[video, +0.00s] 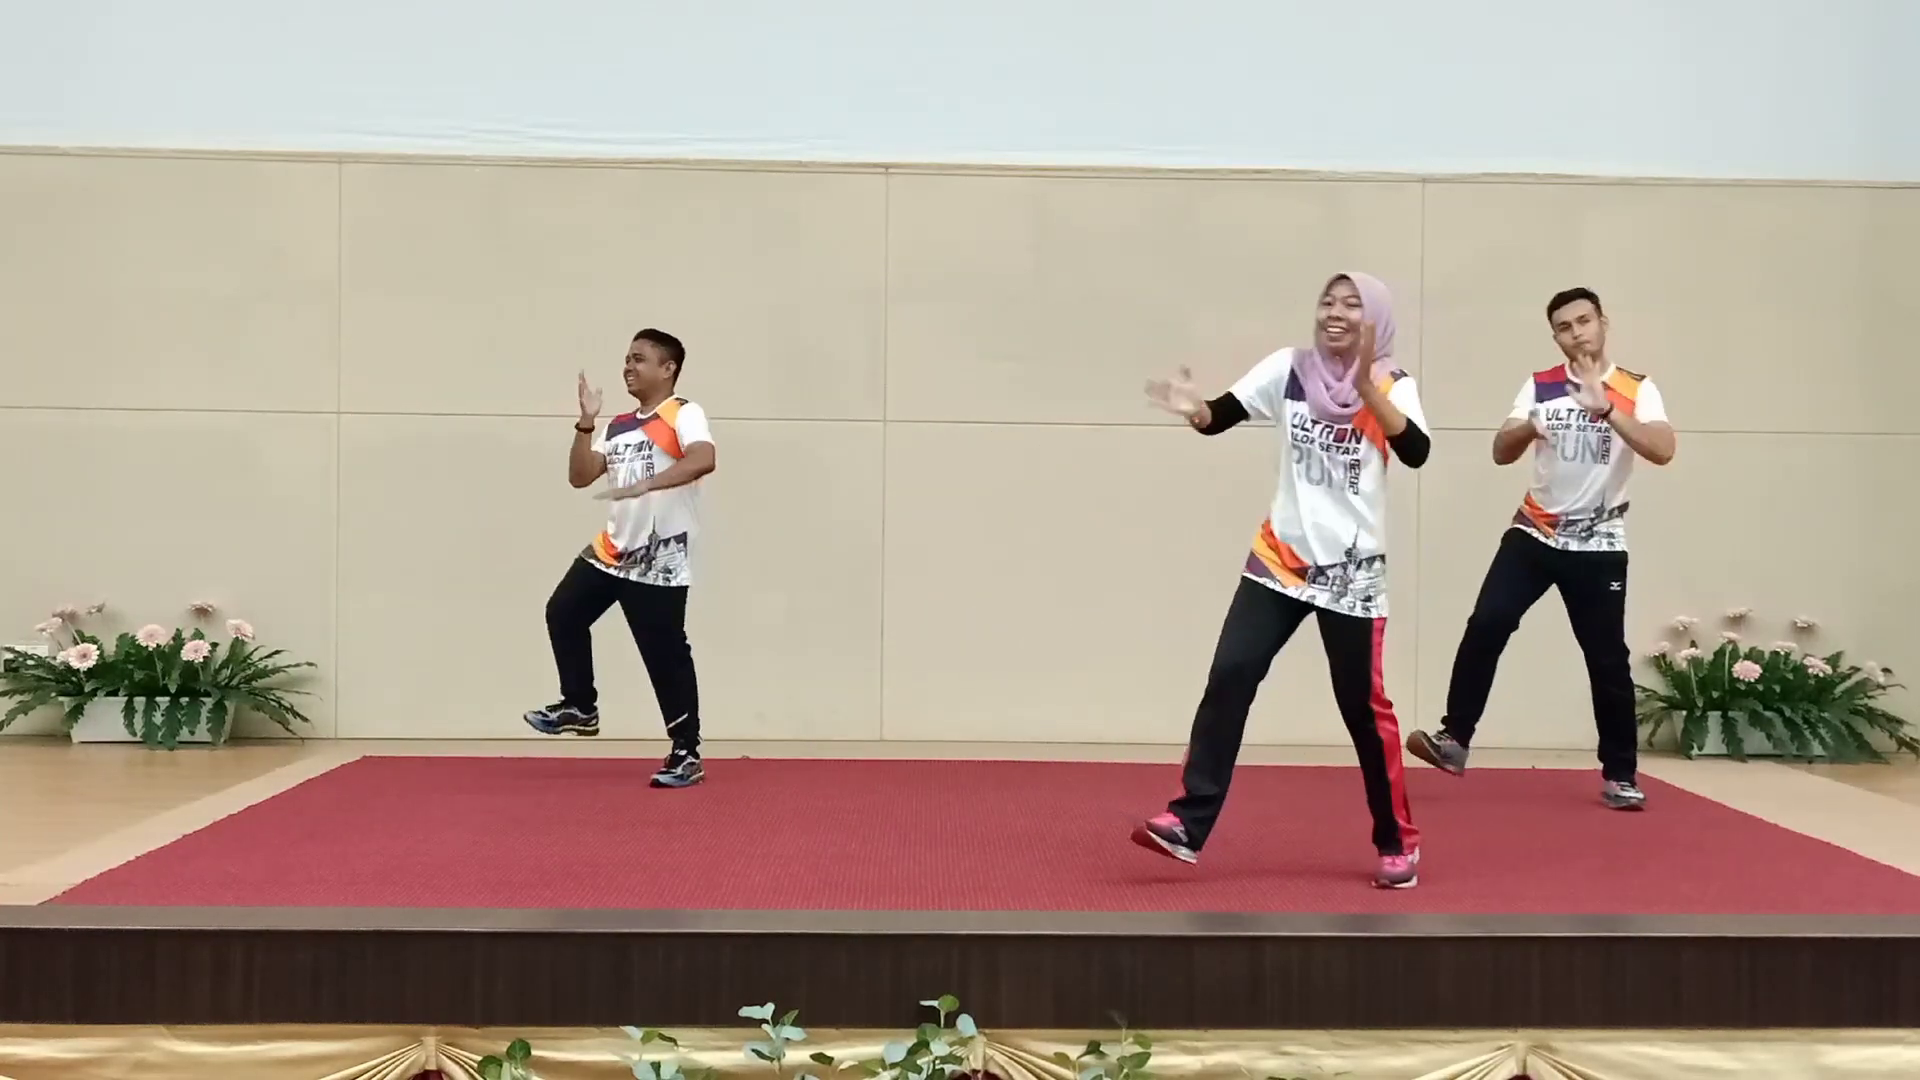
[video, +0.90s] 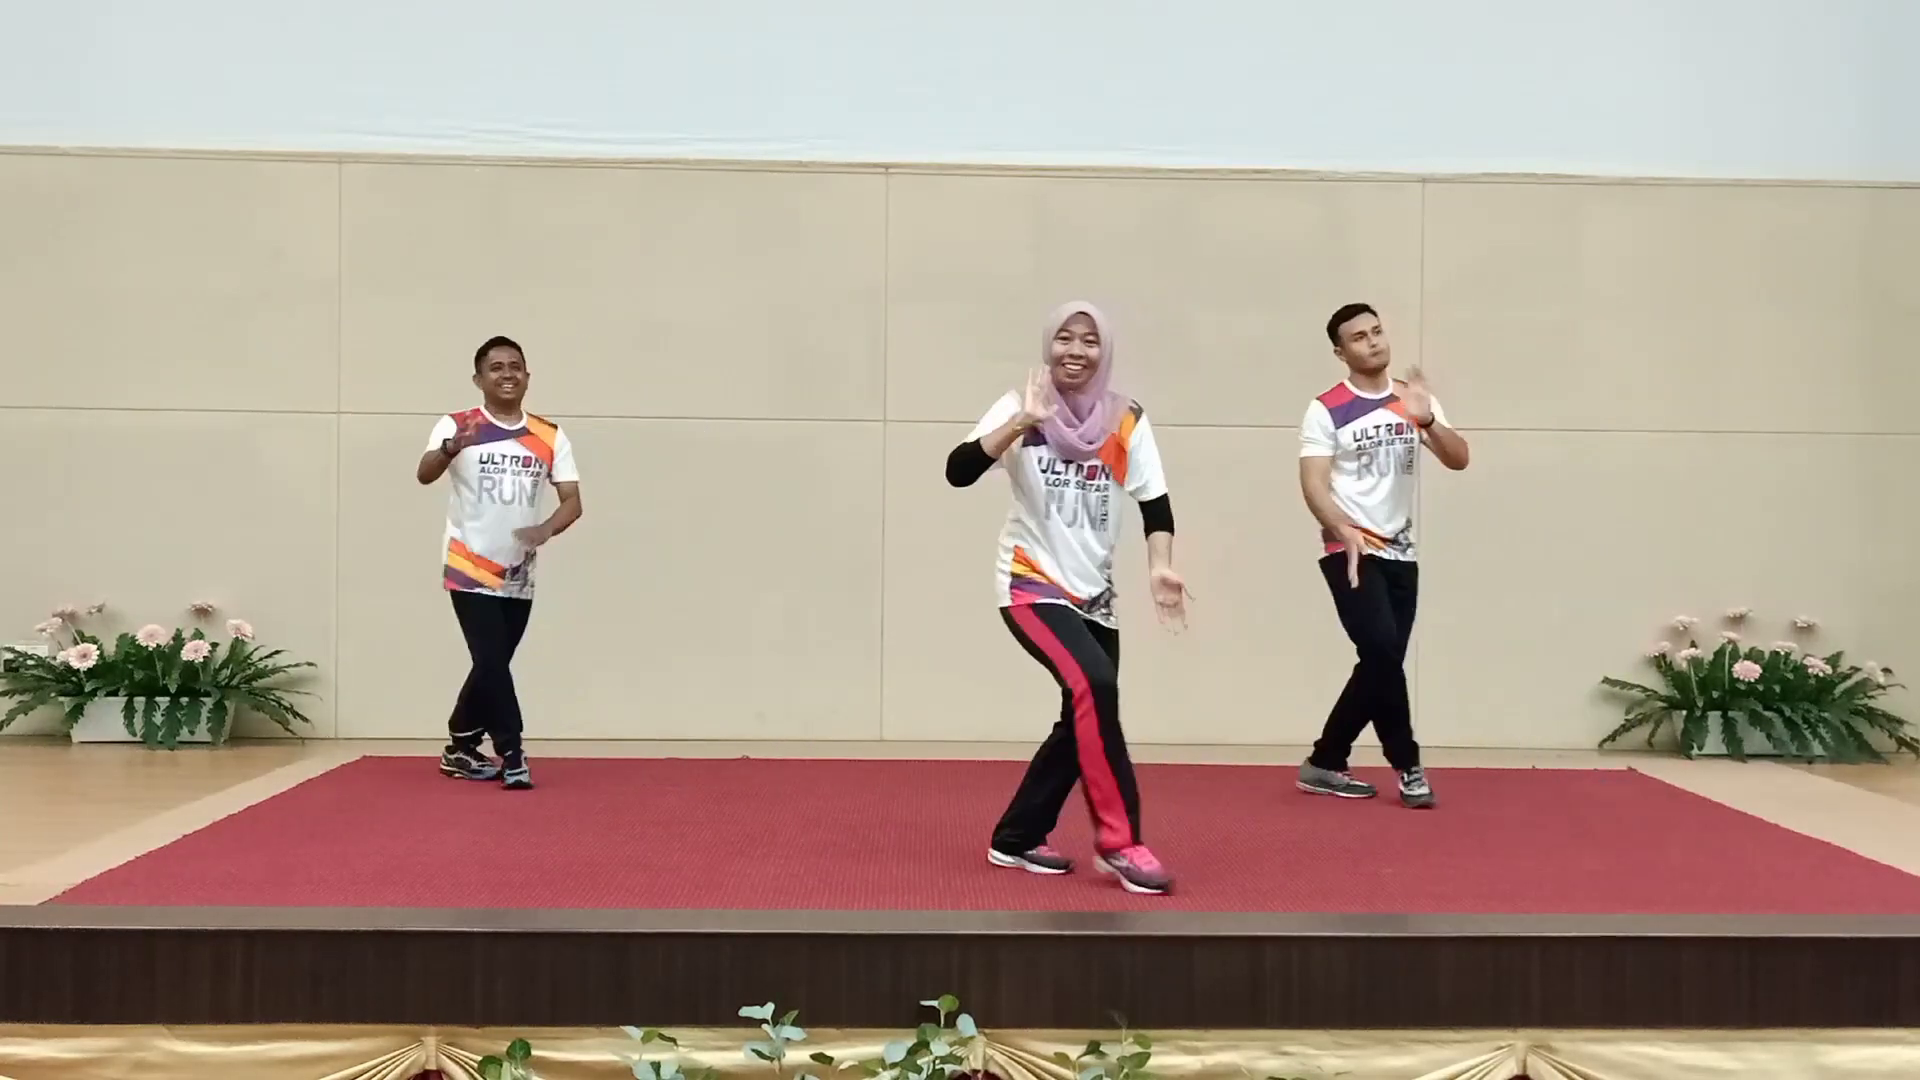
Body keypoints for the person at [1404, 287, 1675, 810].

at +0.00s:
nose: (1575, 333)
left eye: (1583, 321)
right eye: (1563, 327)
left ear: (1604, 324)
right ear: (1555, 337)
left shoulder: (1635, 389)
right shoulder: (1540, 387)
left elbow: (1663, 449)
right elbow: (1502, 452)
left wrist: (1608, 410)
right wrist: (1528, 428)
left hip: (1598, 544)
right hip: (1533, 536)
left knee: (1608, 662)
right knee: (1487, 624)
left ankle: (1621, 777)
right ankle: (1454, 740)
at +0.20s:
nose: (1523, 339)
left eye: (1531, 328)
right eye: (1511, 334)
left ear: (1551, 332)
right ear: (1502, 347)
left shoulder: (1590, 395)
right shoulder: (1494, 400)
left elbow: (1631, 459)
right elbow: (1473, 462)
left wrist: (1595, 478)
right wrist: (1494, 397)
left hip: (1571, 555)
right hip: (1505, 553)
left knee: (1595, 665)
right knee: (1471, 652)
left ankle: (1619, 777)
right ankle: (1441, 767)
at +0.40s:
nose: (1466, 338)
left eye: (1472, 328)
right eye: (1453, 333)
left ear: (1489, 334)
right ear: (1441, 347)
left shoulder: (1527, 396)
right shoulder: (1429, 405)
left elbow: (1563, 468)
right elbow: (1417, 475)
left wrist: (1541, 487)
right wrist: (1454, 422)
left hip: (1517, 553)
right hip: (1450, 552)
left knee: (1555, 663)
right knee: (1435, 660)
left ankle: (1597, 773)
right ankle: (1432, 775)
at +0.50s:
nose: (1445, 331)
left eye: (1450, 321)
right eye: (1432, 326)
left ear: (1465, 328)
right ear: (1417, 341)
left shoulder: (1502, 391)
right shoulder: (1403, 398)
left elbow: (1534, 468)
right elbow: (1388, 472)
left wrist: (1517, 448)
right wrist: (1429, 459)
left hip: (1492, 545)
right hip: (1429, 547)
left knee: (1524, 646)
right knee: (1429, 660)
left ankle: (1526, 762)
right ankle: (1432, 774)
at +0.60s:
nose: (1426, 328)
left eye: (1431, 318)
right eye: (1412, 324)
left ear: (1444, 324)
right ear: (1397, 339)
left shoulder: (1476, 386)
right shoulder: (1383, 397)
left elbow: (1510, 456)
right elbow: (1365, 467)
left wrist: (1490, 417)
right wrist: (1396, 492)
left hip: (1471, 542)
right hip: (1412, 546)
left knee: (1490, 645)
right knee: (1421, 658)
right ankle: (1431, 772)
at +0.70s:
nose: (1406, 331)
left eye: (1410, 322)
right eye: (1393, 328)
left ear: (1422, 328)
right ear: (1376, 343)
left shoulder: (1450, 390)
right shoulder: (1361, 402)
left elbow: (1493, 448)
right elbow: (1345, 473)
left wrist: (1467, 398)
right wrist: (1367, 519)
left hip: (1446, 546)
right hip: (1392, 547)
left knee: (1446, 656)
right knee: (1411, 659)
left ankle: (1368, 736)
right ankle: (1429, 773)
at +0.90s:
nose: (1372, 342)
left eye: (1376, 332)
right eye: (1359, 337)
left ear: (1387, 338)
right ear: (1341, 352)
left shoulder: (1410, 399)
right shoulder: (1325, 411)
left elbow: (1460, 458)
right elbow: (1314, 489)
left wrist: (1427, 423)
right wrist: (1346, 531)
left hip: (1400, 552)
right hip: (1351, 550)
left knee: (1384, 661)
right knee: (1382, 653)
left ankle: (1324, 765)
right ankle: (1409, 768)